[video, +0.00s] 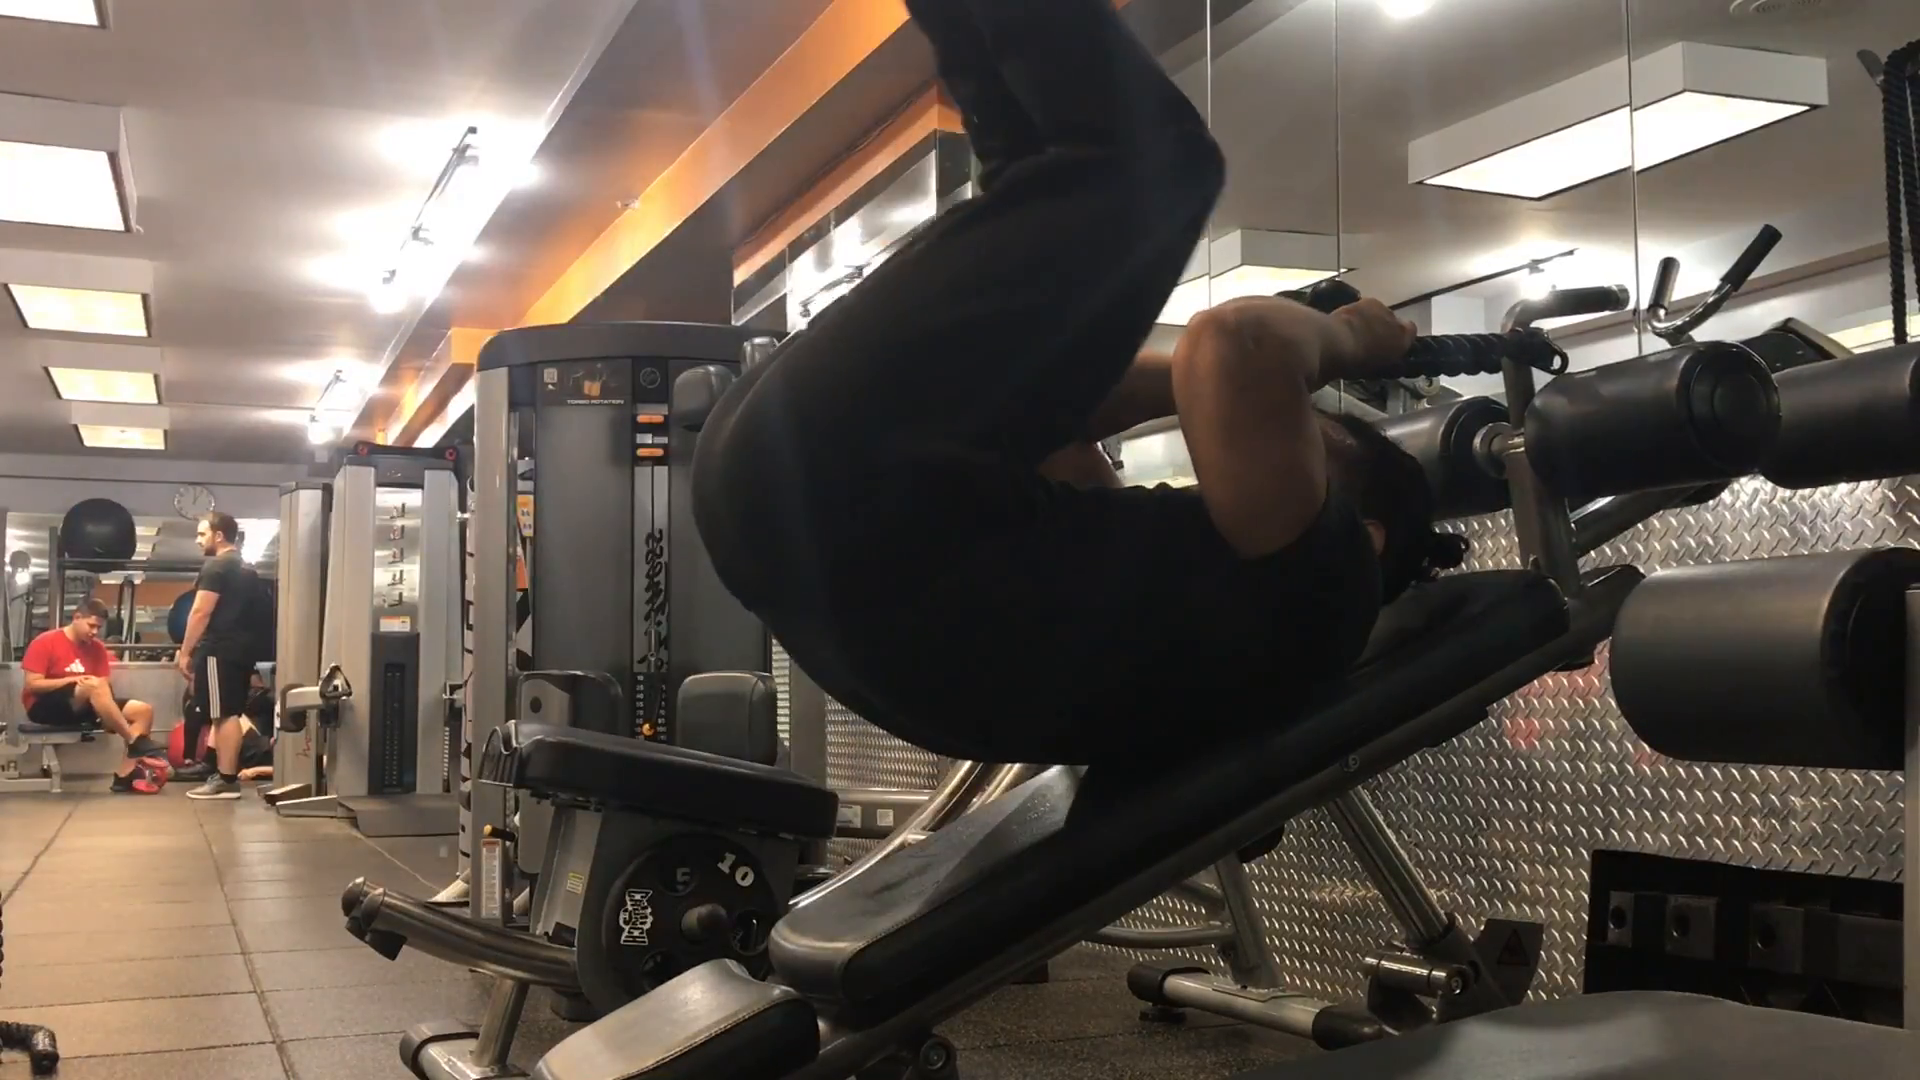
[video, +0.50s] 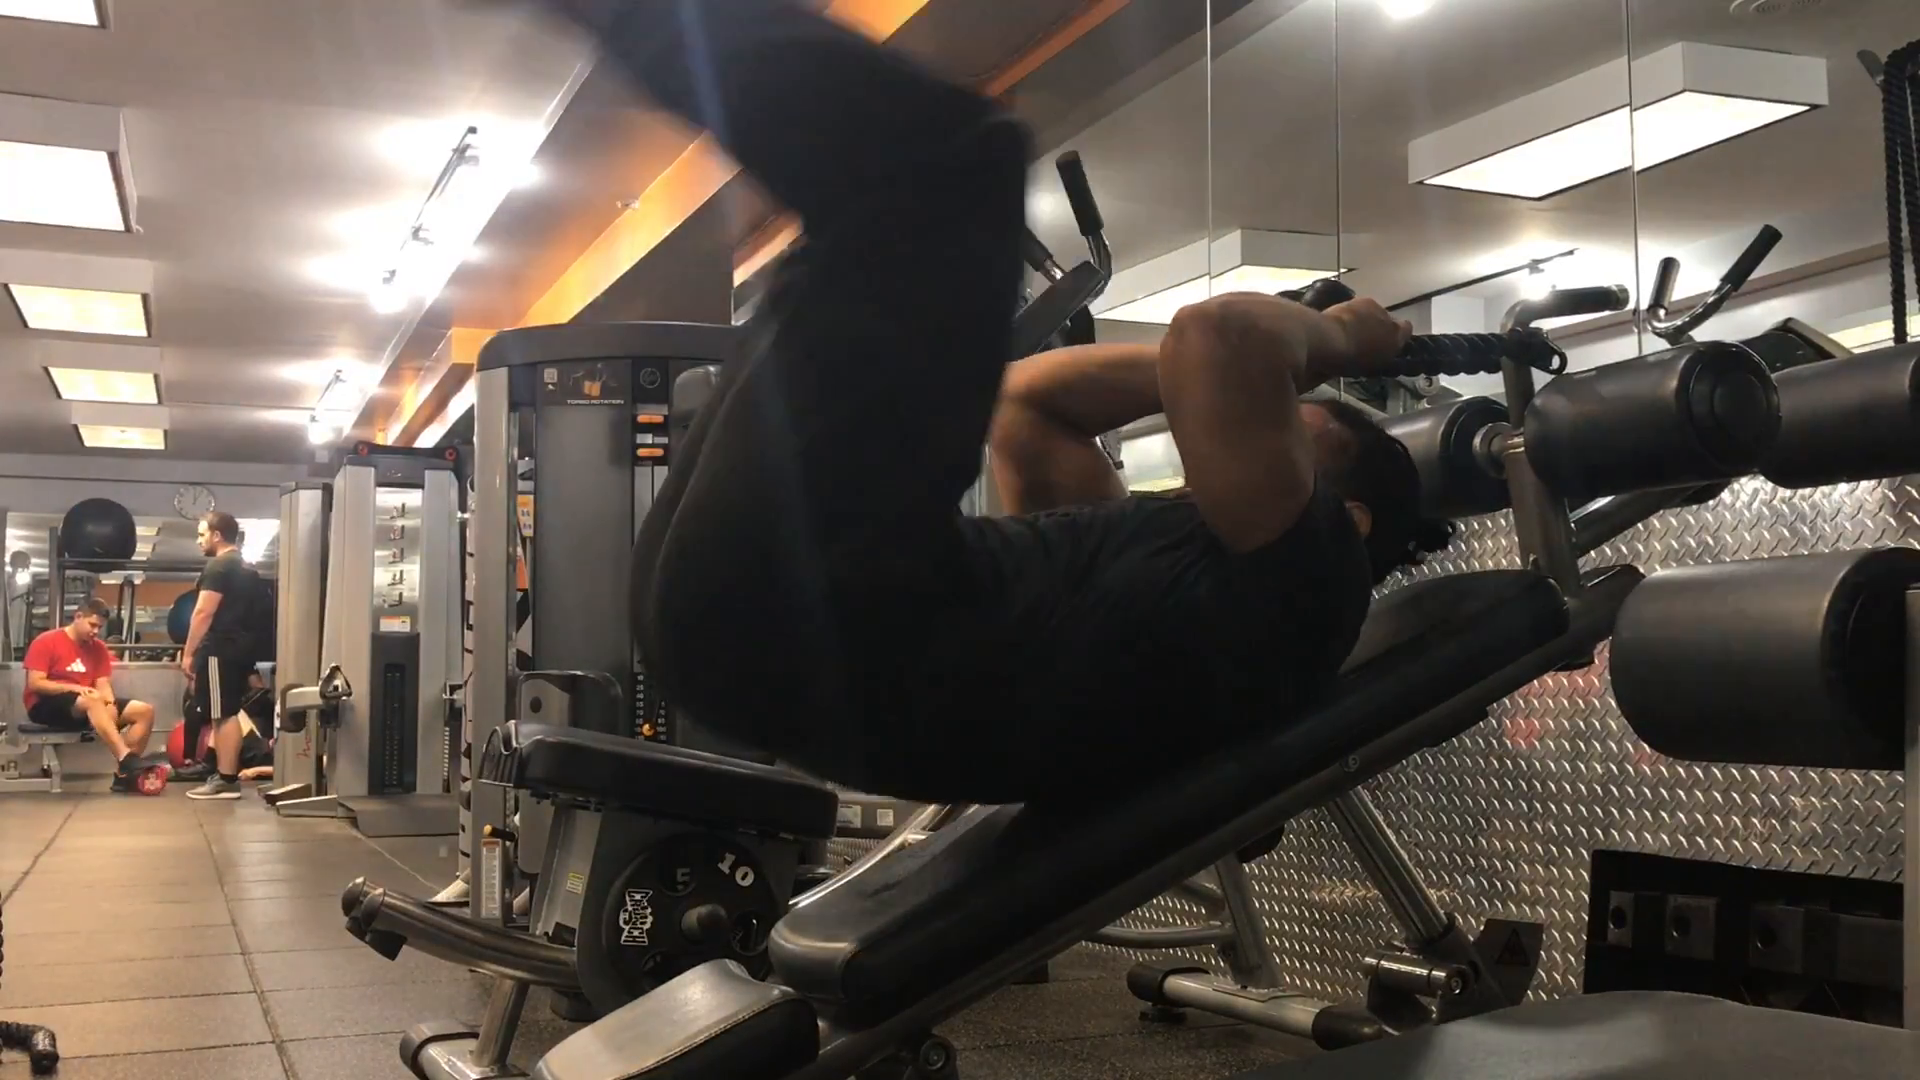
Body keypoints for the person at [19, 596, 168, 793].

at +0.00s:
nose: (94, 632)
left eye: (98, 628)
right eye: (91, 626)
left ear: (102, 627)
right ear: (76, 618)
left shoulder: (97, 649)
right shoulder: (45, 642)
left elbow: (104, 686)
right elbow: (32, 684)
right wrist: (74, 680)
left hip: (84, 707)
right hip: (45, 708)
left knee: (143, 711)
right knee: (97, 685)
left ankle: (124, 775)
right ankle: (133, 741)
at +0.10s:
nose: (94, 632)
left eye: (98, 627)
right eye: (91, 625)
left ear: (101, 626)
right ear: (75, 617)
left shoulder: (97, 648)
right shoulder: (45, 642)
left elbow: (103, 685)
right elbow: (33, 684)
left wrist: (108, 718)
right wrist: (75, 681)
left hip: (84, 706)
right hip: (45, 707)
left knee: (144, 711)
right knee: (97, 686)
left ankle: (125, 775)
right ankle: (136, 740)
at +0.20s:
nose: (94, 631)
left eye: (98, 627)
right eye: (91, 625)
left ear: (101, 626)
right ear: (75, 617)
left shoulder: (96, 648)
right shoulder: (45, 642)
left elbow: (102, 685)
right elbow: (34, 684)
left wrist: (108, 717)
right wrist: (79, 683)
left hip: (85, 707)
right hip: (45, 707)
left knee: (144, 711)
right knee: (97, 690)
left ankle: (125, 774)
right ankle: (138, 742)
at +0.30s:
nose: (95, 631)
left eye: (99, 627)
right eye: (91, 625)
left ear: (102, 626)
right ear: (76, 617)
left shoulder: (96, 648)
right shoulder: (46, 641)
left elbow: (103, 685)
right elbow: (34, 684)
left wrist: (109, 710)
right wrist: (79, 685)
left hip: (85, 707)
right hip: (45, 707)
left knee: (144, 711)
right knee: (97, 694)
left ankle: (124, 774)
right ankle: (136, 745)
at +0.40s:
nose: (95, 631)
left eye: (99, 627)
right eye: (92, 625)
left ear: (103, 626)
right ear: (77, 616)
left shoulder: (97, 648)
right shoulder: (46, 642)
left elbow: (102, 683)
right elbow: (35, 683)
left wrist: (108, 701)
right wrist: (79, 687)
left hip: (86, 707)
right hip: (45, 706)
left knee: (144, 711)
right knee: (96, 696)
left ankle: (124, 775)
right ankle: (132, 748)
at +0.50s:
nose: (95, 632)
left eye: (99, 628)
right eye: (92, 625)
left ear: (102, 627)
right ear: (77, 616)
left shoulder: (98, 648)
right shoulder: (46, 641)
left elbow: (103, 684)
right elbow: (35, 683)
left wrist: (110, 704)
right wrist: (76, 689)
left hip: (84, 706)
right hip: (46, 705)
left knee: (144, 712)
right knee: (94, 701)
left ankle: (123, 776)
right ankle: (125, 757)